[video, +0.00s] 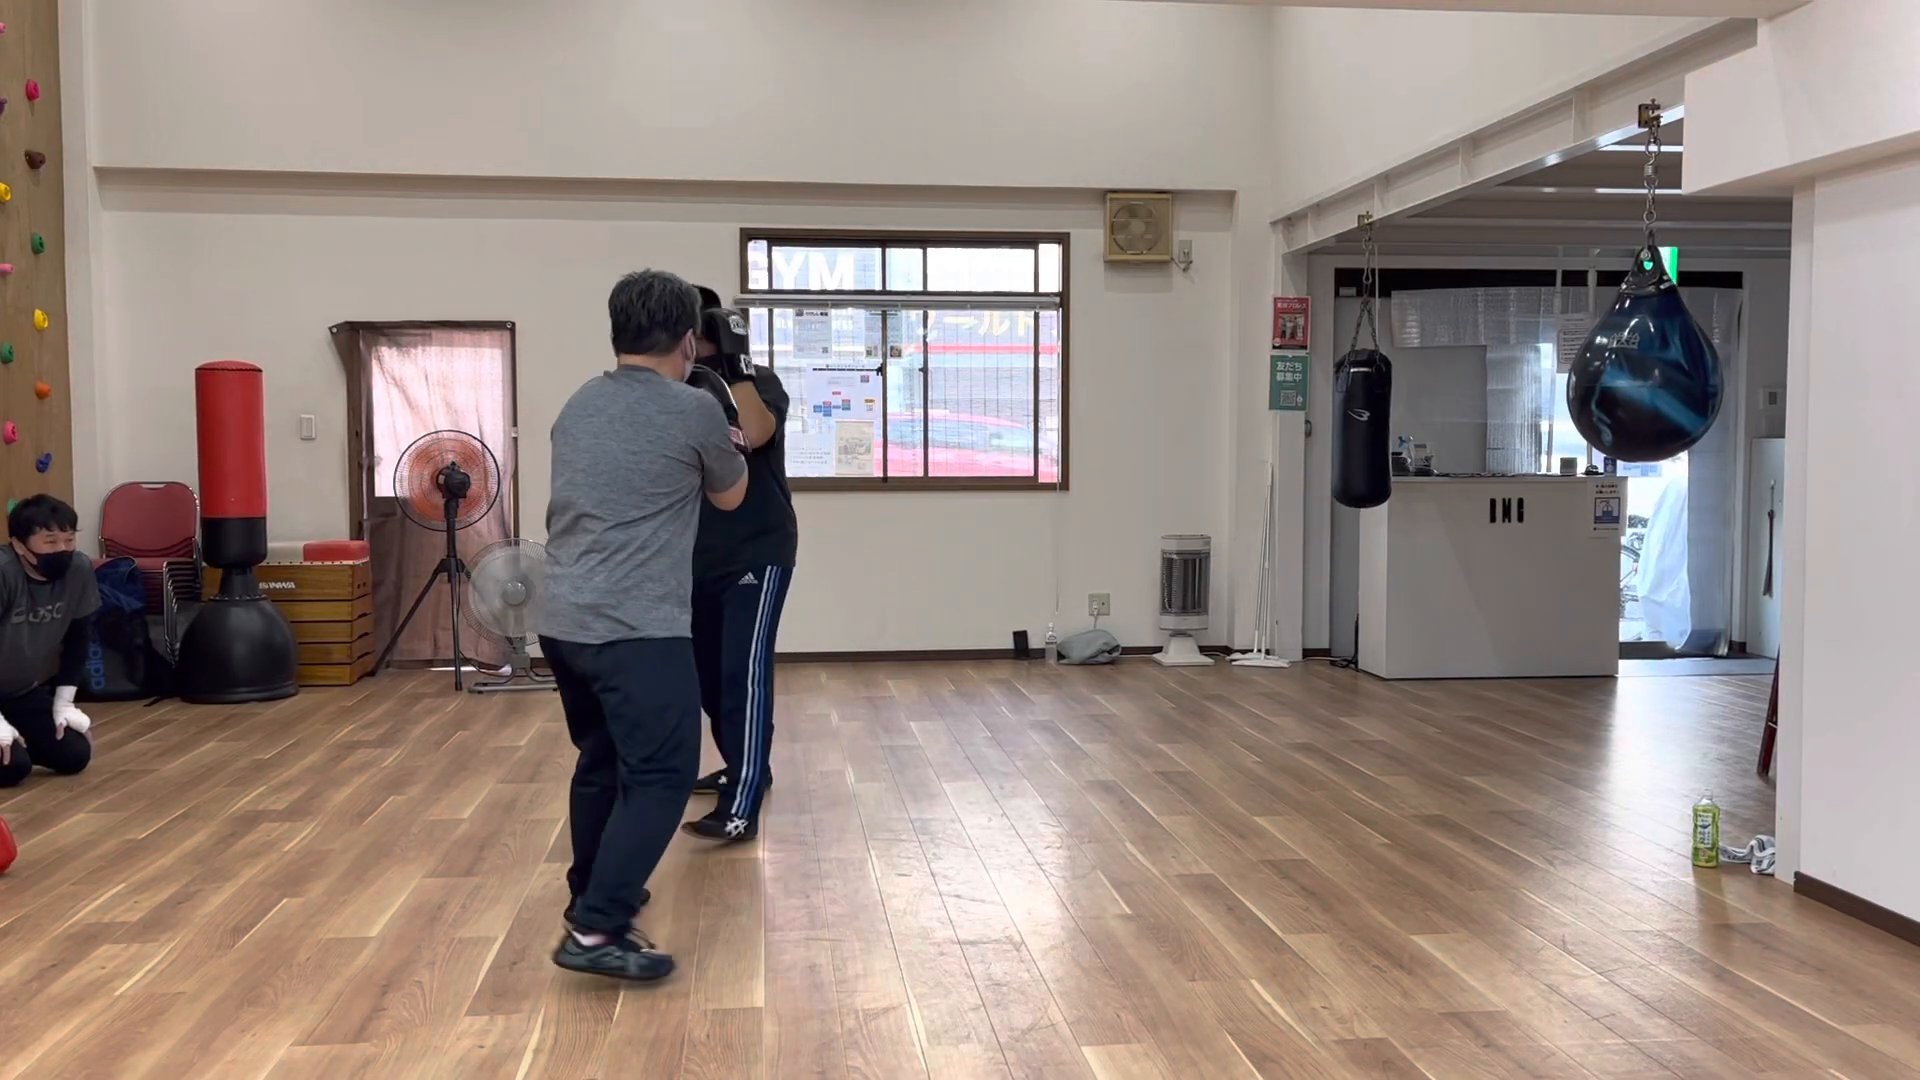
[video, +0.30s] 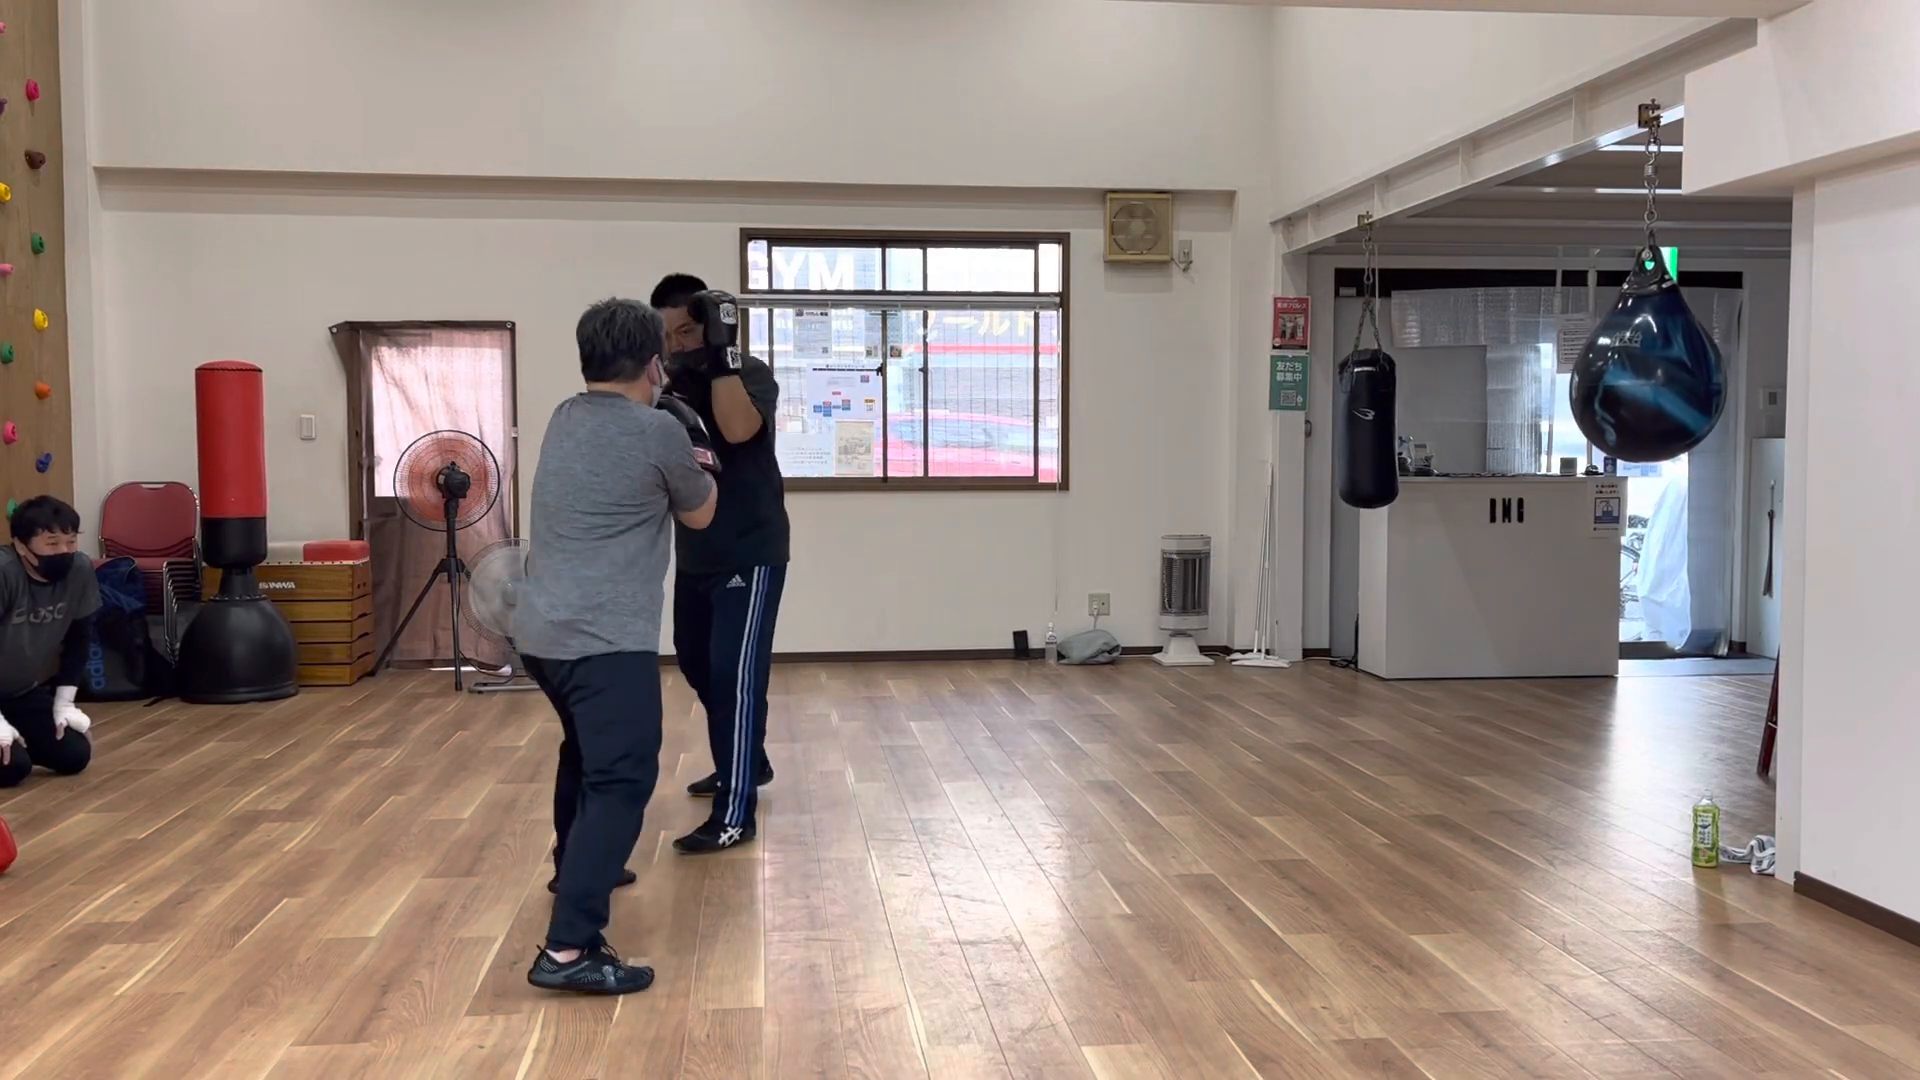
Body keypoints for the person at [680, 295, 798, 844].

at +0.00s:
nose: (684, 356)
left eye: (690, 346)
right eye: (680, 347)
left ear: (710, 340)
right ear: (682, 347)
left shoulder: (755, 383)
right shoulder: (681, 394)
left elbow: (756, 431)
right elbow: (661, 450)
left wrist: (724, 373)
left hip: (757, 551)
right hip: (703, 552)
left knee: (744, 674)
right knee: (709, 670)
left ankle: (743, 810)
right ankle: (741, 767)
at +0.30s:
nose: (670, 343)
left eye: (679, 331)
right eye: (663, 333)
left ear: (709, 324)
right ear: (659, 334)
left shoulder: (749, 376)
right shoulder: (665, 382)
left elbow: (739, 429)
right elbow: (643, 448)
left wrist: (724, 356)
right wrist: (653, 392)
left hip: (750, 549)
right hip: (698, 548)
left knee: (735, 676)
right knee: (697, 663)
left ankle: (734, 818)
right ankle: (744, 763)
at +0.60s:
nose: (667, 333)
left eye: (678, 321)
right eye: (659, 325)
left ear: (706, 316)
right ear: (651, 326)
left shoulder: (737, 369)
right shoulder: (659, 377)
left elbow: (773, 425)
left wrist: (706, 389)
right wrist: (649, 402)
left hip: (739, 546)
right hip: (700, 547)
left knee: (713, 677)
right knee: (714, 667)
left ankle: (734, 818)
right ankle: (742, 765)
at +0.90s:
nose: (662, 355)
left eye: (672, 344)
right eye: (656, 347)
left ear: (706, 335)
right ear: (655, 348)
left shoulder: (729, 370)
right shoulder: (682, 388)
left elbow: (707, 381)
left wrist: (650, 355)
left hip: (755, 548)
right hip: (719, 549)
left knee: (717, 669)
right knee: (718, 661)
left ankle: (733, 816)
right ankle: (755, 762)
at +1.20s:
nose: (682, 380)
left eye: (692, 367)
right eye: (673, 369)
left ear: (722, 362)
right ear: (667, 369)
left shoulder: (764, 414)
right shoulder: (677, 418)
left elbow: (800, 494)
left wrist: (753, 459)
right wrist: (642, 419)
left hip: (769, 564)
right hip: (717, 569)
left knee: (717, 663)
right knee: (721, 672)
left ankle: (729, 810)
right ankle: (796, 764)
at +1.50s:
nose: (675, 359)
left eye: (683, 347)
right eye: (668, 349)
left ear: (714, 341)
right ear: (668, 351)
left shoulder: (757, 390)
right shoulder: (690, 398)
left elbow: (732, 441)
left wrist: (715, 367)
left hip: (763, 560)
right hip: (723, 561)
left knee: (721, 680)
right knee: (735, 663)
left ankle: (744, 831)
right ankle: (787, 752)